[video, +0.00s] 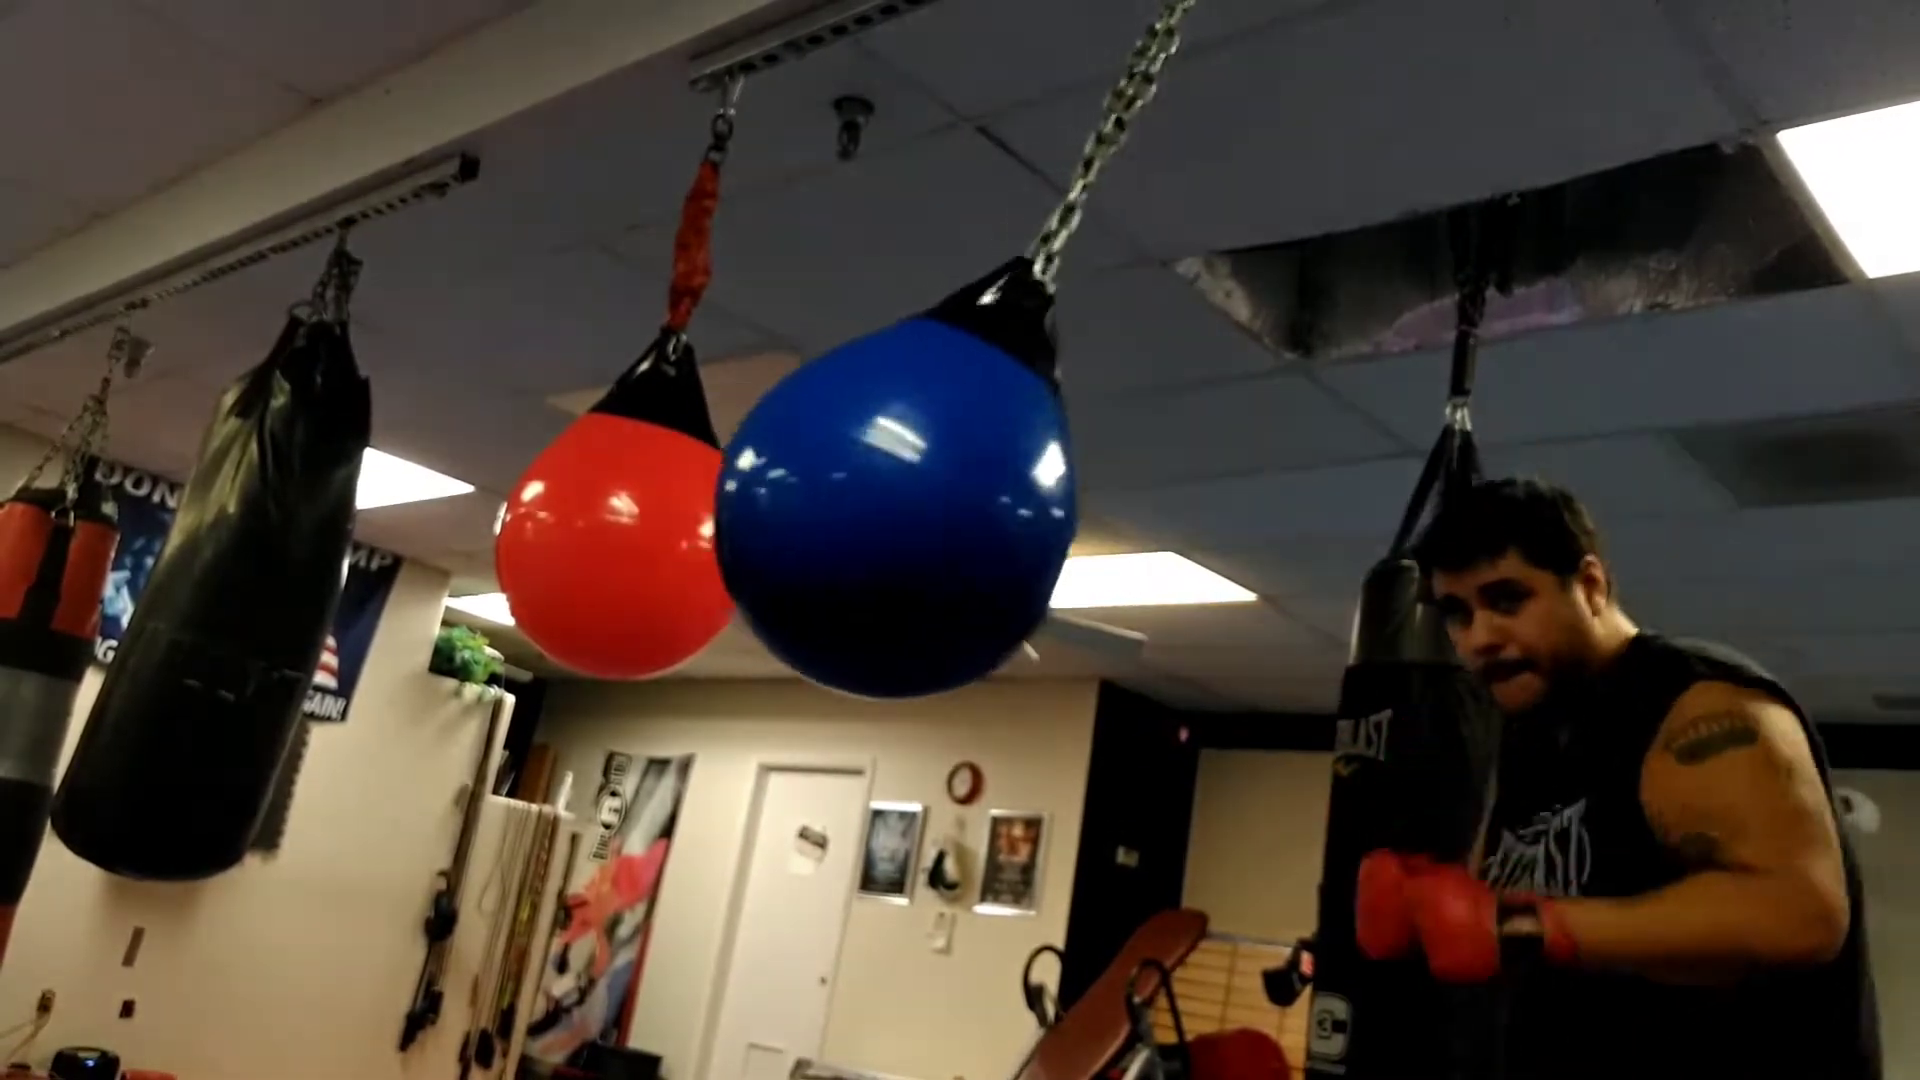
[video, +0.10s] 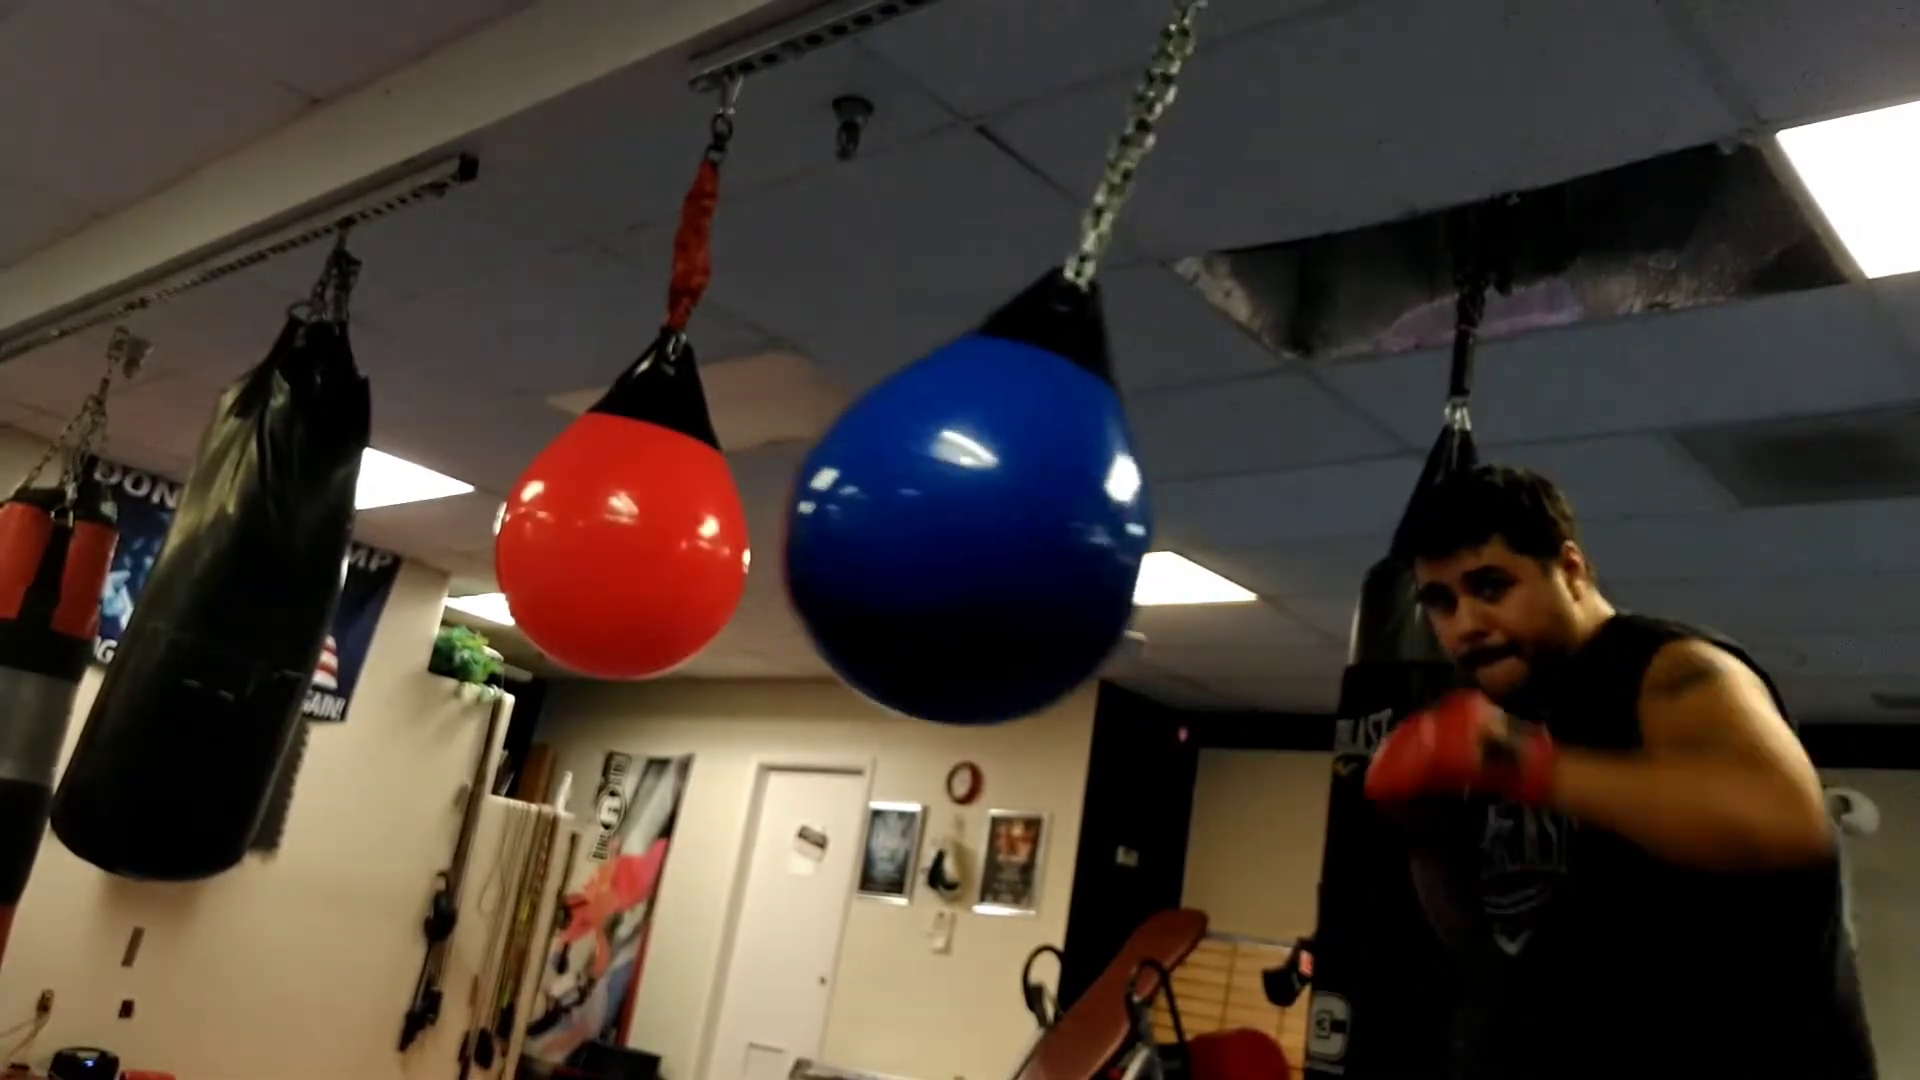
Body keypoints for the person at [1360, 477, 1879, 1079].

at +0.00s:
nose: (1480, 640)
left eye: (1507, 601)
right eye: (1457, 614)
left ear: (1590, 585)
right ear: (1442, 620)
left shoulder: (1713, 713)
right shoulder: (1520, 740)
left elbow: (1802, 911)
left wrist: (1524, 923)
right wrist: (1426, 909)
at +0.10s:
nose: (1465, 626)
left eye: (1489, 588)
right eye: (1440, 603)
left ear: (1570, 567)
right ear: (1425, 615)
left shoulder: (1679, 672)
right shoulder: (1490, 723)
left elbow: (1790, 821)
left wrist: (1532, 765)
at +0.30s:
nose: (1498, 603)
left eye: (1525, 566)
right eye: (1468, 582)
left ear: (1602, 554)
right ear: (1445, 593)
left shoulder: (1673, 605)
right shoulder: (1488, 709)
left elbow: (1706, 671)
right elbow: (1470, 944)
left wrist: (1429, 634)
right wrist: (1428, 857)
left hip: (1742, 1074)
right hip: (1557, 1076)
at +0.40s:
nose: (1529, 588)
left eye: (1558, 549)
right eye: (1504, 562)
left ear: (1643, 533)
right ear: (1487, 574)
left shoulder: (1753, 639)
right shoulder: (1492, 677)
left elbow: (1879, 802)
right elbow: (1354, 831)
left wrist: (1592, 737)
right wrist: (1396, 751)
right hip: (1529, 1079)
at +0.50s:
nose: (1537, 607)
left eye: (1561, 565)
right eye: (1518, 576)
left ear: (1661, 535)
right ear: (1502, 573)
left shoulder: (1821, 676)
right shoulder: (1535, 625)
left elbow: (1887, 924)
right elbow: (1331, 613)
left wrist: (1699, 783)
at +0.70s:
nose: (1625, 586)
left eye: (1659, 547)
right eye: (1596, 553)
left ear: (1743, 540)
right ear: (1571, 553)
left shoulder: (1841, 685)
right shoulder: (1547, 627)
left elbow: (1898, 932)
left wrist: (1721, 778)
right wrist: (1383, 685)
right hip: (1544, 1079)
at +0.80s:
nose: (1608, 593)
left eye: (1641, 555)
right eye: (1579, 560)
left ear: (1725, 544)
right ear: (1556, 561)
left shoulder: (1834, 697)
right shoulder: (1536, 647)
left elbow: (1897, 949)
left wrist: (1710, 808)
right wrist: (1438, 762)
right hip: (1547, 1076)